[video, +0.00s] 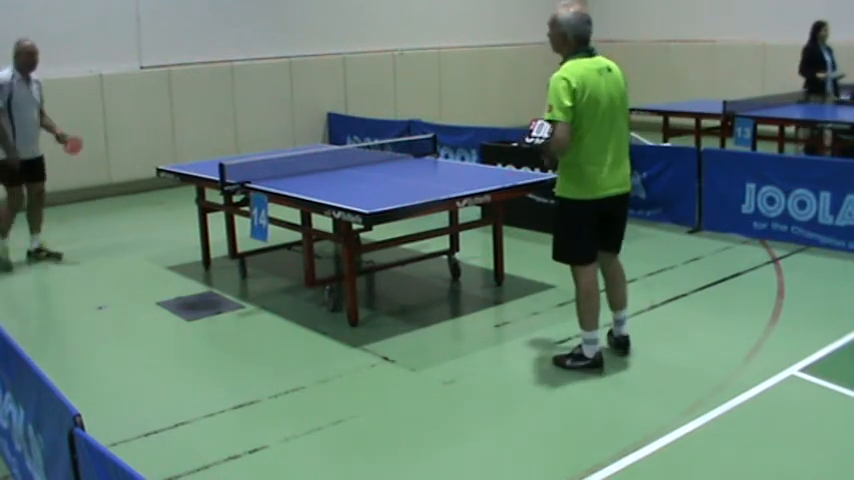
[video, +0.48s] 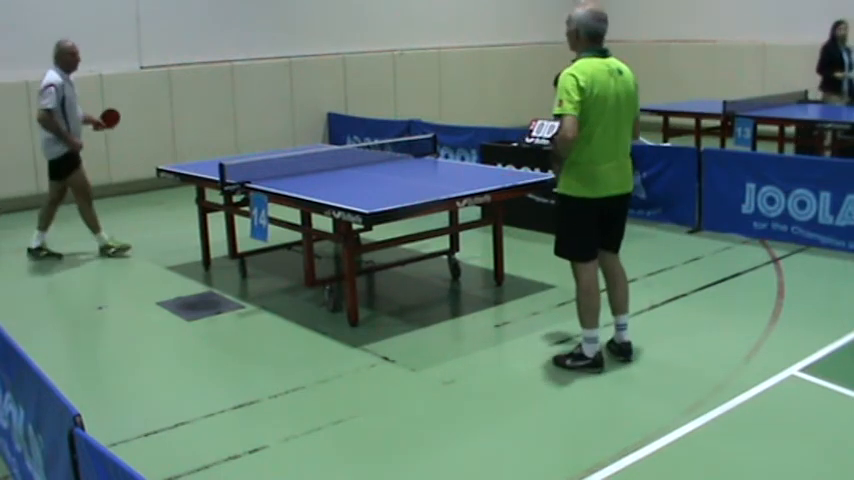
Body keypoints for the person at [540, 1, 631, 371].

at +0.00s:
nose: (547, 35)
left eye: (550, 30)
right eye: (549, 29)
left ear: (564, 36)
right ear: (585, 35)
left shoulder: (564, 79)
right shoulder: (614, 70)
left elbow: (560, 139)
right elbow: (621, 124)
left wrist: (545, 154)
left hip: (580, 192)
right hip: (617, 187)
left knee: (583, 268)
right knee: (610, 257)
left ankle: (590, 348)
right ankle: (621, 332)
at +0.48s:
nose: (564, 35)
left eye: (567, 30)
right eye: (566, 29)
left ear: (574, 34)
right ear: (603, 34)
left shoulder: (573, 75)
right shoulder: (625, 73)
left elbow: (568, 133)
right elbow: (633, 131)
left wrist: (555, 159)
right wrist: (600, 145)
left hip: (581, 190)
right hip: (618, 187)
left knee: (584, 266)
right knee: (609, 256)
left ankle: (589, 350)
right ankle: (623, 339)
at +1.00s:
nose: (591, 38)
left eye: (591, 33)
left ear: (593, 35)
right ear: (624, 34)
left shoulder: (588, 72)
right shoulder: (646, 73)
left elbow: (576, 132)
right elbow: (658, 130)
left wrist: (574, 144)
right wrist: (624, 125)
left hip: (593, 185)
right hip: (636, 184)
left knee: (580, 259)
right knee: (625, 252)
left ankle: (587, 343)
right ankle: (625, 338)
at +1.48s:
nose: (601, 37)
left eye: (601, 32)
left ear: (603, 34)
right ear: (635, 35)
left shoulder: (595, 71)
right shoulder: (653, 76)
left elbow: (579, 128)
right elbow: (664, 131)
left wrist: (581, 142)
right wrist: (631, 124)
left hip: (596, 183)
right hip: (638, 184)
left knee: (575, 251)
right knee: (626, 251)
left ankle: (584, 335)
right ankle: (625, 338)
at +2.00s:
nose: (591, 40)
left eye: (591, 35)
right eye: (595, 35)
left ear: (595, 36)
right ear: (624, 34)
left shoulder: (590, 72)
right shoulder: (645, 71)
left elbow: (575, 134)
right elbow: (638, 117)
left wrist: (567, 140)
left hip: (590, 183)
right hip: (632, 182)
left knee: (582, 258)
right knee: (622, 252)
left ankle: (590, 345)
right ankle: (624, 339)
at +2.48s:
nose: (562, 41)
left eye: (563, 36)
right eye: (564, 36)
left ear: (569, 37)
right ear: (599, 35)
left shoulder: (575, 74)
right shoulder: (621, 69)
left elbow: (570, 132)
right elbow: (609, 115)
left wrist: (552, 156)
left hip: (581, 187)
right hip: (615, 184)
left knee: (582, 264)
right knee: (602, 254)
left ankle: (591, 347)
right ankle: (621, 335)